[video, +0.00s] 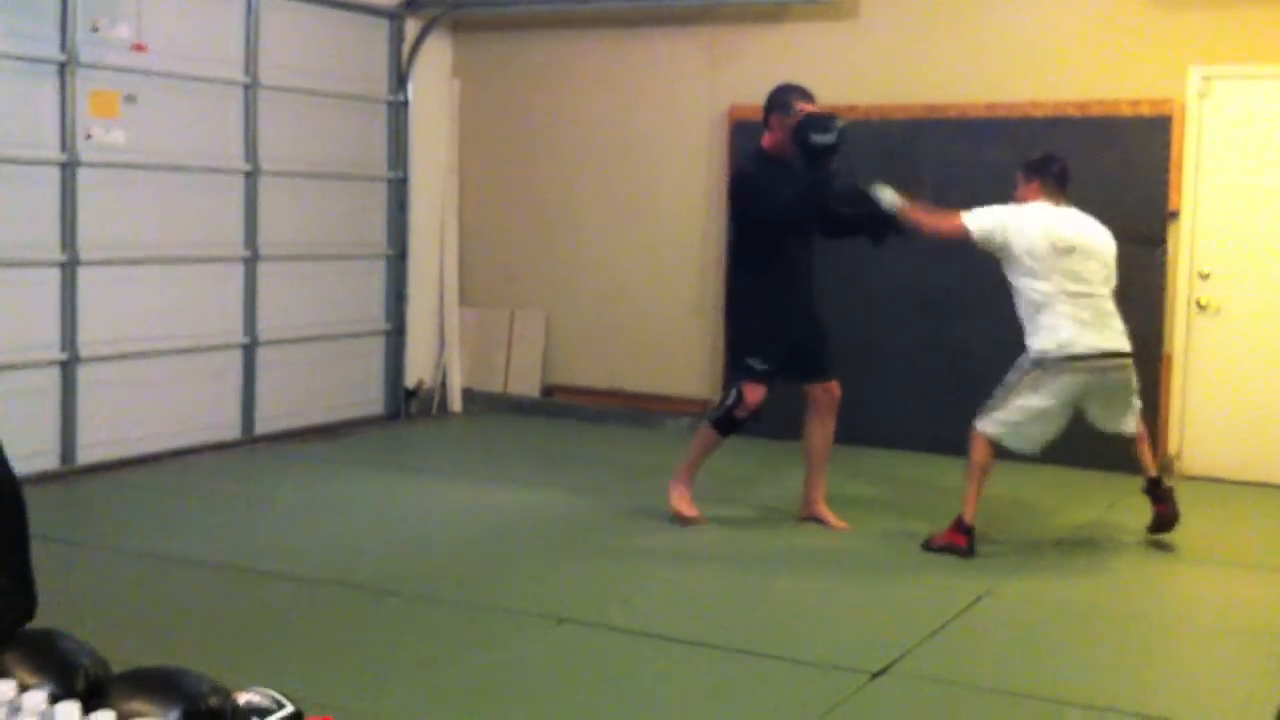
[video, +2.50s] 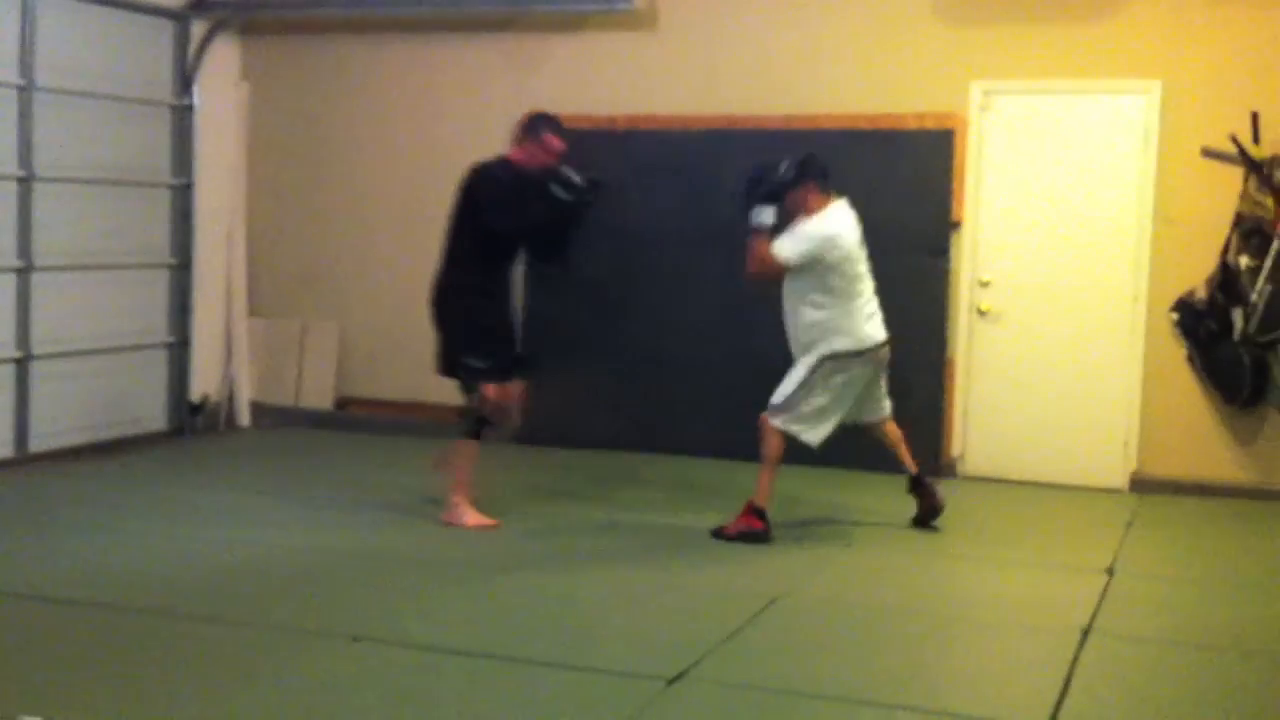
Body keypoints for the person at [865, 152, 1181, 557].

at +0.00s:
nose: (1017, 193)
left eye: (1020, 186)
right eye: (1019, 186)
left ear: (1033, 185)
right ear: (1062, 187)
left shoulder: (1012, 219)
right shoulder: (1101, 232)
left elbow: (942, 226)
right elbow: (1102, 291)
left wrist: (900, 206)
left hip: (1055, 355)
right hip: (1114, 356)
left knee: (985, 429)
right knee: (1132, 418)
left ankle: (964, 528)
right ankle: (1159, 490)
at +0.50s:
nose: (1032, 174)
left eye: (1034, 166)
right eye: (1032, 166)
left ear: (1049, 165)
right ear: (1072, 162)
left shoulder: (1046, 212)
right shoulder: (1115, 204)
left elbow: (1004, 268)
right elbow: (1084, 249)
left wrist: (997, 225)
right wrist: (1036, 208)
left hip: (1074, 338)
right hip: (1124, 338)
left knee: (1029, 428)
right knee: (1122, 426)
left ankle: (1025, 523)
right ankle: (1151, 499)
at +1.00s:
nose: (1040, 187)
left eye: (1043, 178)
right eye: (1039, 179)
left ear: (1064, 176)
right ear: (1079, 175)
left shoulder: (1070, 219)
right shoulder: (1113, 212)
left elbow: (1027, 270)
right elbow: (1068, 265)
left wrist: (1012, 230)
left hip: (1088, 348)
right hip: (1130, 344)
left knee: (1021, 424)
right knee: (1138, 438)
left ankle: (1011, 522)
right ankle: (1163, 517)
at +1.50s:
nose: (1000, 184)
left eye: (1005, 176)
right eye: (1001, 176)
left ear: (1026, 176)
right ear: (1041, 176)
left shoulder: (1021, 221)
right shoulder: (1071, 215)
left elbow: (1006, 286)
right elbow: (1048, 268)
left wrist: (980, 250)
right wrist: (1005, 222)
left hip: (1039, 341)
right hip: (1082, 337)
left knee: (971, 417)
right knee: (1092, 431)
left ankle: (964, 512)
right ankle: (1115, 513)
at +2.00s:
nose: (855, 235)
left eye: (856, 227)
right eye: (853, 229)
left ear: (872, 220)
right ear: (889, 219)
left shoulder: (882, 249)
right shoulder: (919, 255)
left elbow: (811, 253)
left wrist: (789, 203)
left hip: (922, 380)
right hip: (953, 374)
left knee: (836, 429)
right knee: (964, 446)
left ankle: (817, 520)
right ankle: (1028, 499)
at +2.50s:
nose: (787, 204)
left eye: (790, 195)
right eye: (785, 197)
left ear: (810, 190)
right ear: (815, 190)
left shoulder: (820, 229)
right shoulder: (843, 214)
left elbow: (758, 265)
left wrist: (761, 214)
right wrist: (767, 214)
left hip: (837, 349)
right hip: (870, 343)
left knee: (773, 422)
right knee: (881, 419)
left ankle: (757, 513)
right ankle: (922, 487)